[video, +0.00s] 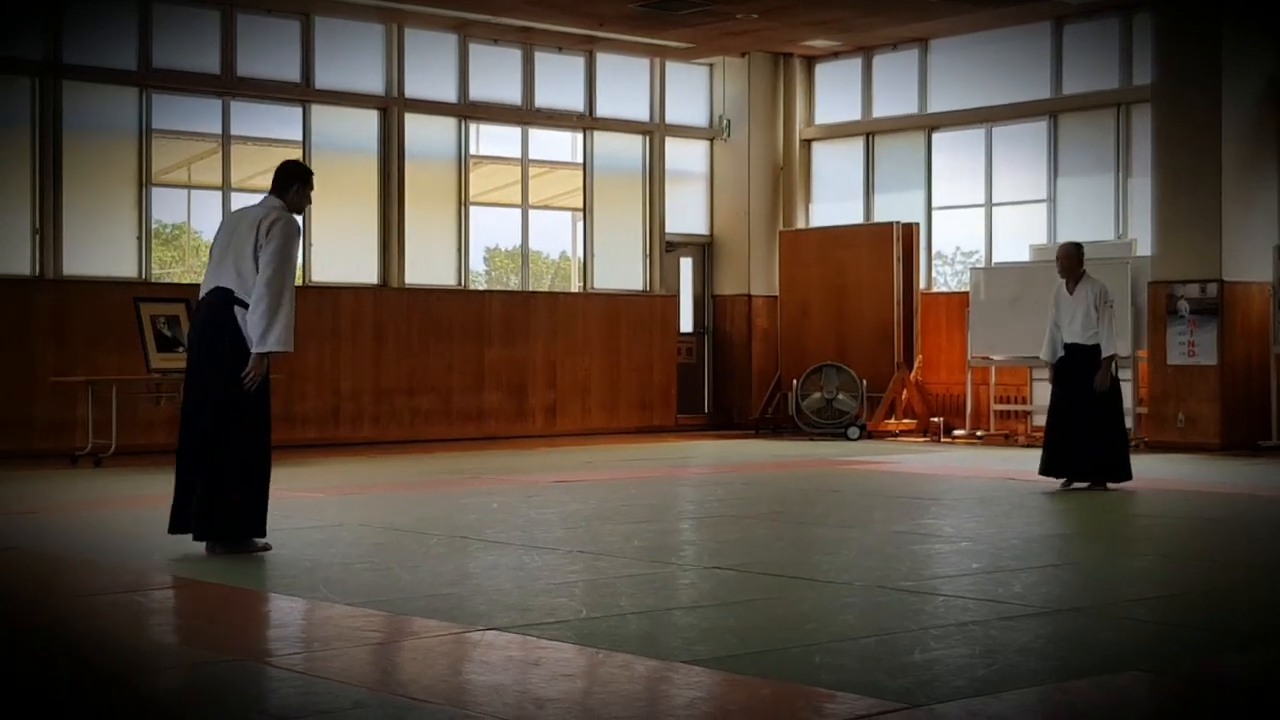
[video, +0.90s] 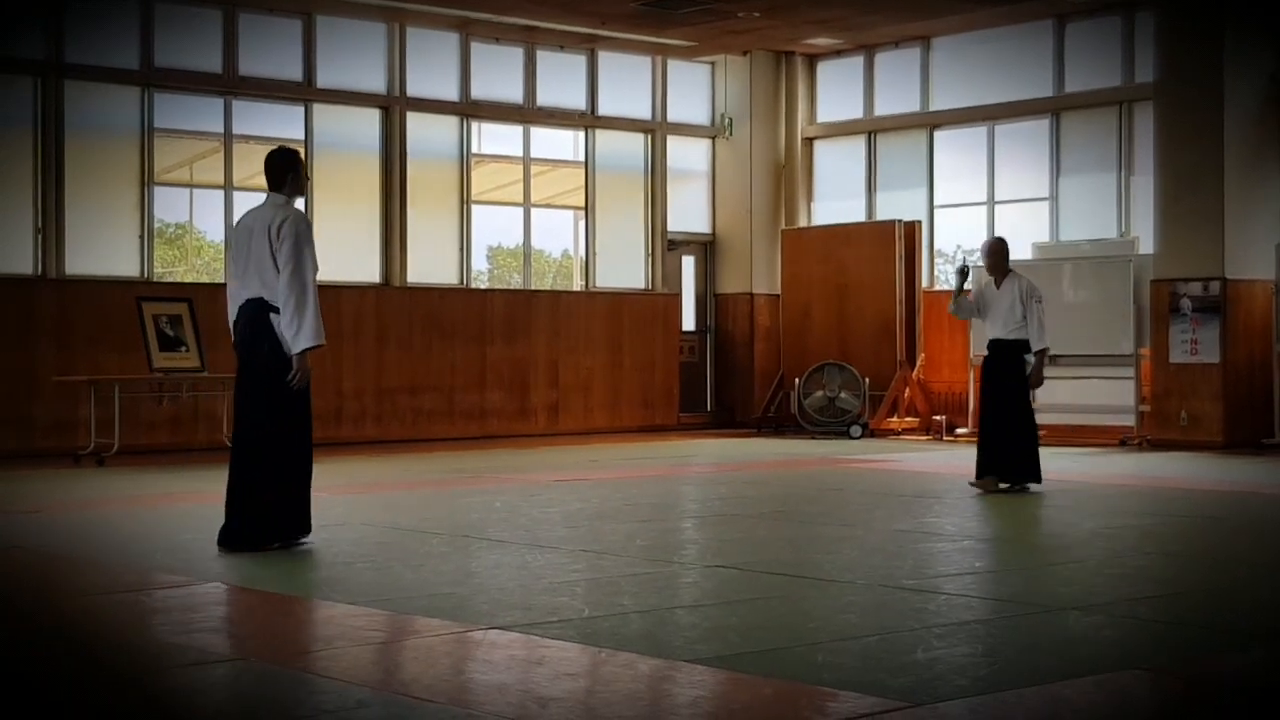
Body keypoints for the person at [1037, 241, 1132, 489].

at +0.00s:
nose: (1058, 266)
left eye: (1062, 261)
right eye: (1056, 261)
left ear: (1078, 261)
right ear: (1059, 263)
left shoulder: (1097, 289)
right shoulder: (1060, 291)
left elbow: (1107, 329)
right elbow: (1054, 328)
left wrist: (1106, 366)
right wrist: (1051, 362)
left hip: (1093, 356)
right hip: (1068, 357)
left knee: (1096, 418)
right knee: (1067, 417)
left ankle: (1099, 475)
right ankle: (1070, 472)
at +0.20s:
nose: (1049, 263)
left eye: (1054, 258)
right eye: (1048, 258)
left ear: (1070, 260)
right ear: (1049, 261)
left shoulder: (1086, 289)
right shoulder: (1050, 291)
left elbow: (1097, 329)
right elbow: (1043, 328)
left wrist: (1095, 366)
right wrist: (1040, 363)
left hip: (1083, 357)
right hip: (1057, 357)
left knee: (1090, 418)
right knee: (1045, 414)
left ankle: (1098, 475)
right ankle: (1036, 472)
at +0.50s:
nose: (1024, 259)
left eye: (1029, 255)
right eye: (1023, 254)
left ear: (1043, 257)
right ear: (1022, 256)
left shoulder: (1060, 287)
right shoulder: (1020, 292)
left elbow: (1073, 328)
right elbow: (1012, 330)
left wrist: (1074, 365)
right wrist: (1009, 367)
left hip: (1052, 357)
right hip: (1025, 357)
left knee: (1069, 416)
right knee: (1022, 417)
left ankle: (1094, 466)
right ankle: (1020, 477)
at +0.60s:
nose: (1012, 258)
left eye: (1017, 253)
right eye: (1012, 253)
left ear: (1032, 257)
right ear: (1013, 256)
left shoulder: (1049, 287)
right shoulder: (1009, 292)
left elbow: (1063, 326)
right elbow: (1000, 329)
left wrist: (1066, 363)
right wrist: (989, 364)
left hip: (1040, 357)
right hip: (1014, 357)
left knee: (1047, 416)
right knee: (1014, 417)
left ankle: (1080, 459)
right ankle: (1017, 478)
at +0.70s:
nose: (1002, 257)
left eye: (1007, 252)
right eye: (1003, 253)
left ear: (1021, 256)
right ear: (1006, 256)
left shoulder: (1040, 286)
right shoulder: (1003, 289)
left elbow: (1053, 325)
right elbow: (992, 323)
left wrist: (1056, 363)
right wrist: (972, 346)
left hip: (1032, 355)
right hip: (1008, 355)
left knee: (1030, 415)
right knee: (1008, 416)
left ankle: (1058, 463)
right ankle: (1019, 477)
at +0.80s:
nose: (995, 260)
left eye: (1000, 255)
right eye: (993, 255)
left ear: (1013, 256)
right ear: (993, 257)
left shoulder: (1032, 287)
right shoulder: (993, 291)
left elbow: (1044, 325)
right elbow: (981, 320)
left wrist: (1047, 362)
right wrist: (965, 316)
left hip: (1024, 355)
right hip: (1001, 355)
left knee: (1020, 415)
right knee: (999, 415)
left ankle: (1025, 477)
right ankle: (1010, 476)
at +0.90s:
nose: (985, 263)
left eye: (990, 257)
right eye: (984, 257)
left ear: (1004, 257)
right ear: (984, 259)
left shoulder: (1024, 287)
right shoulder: (985, 289)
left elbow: (1037, 327)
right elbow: (962, 311)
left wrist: (1038, 365)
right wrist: (959, 288)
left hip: (1016, 356)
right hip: (994, 355)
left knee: (1016, 416)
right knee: (990, 415)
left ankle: (1019, 476)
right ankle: (989, 475)